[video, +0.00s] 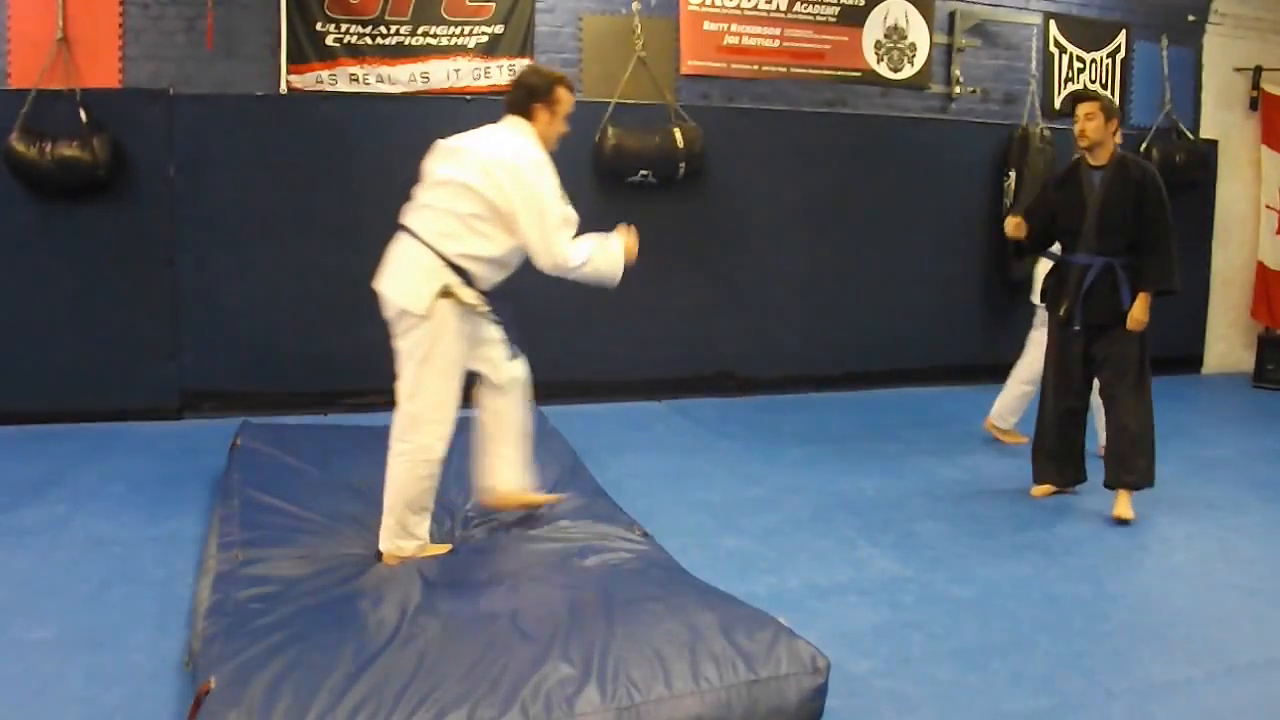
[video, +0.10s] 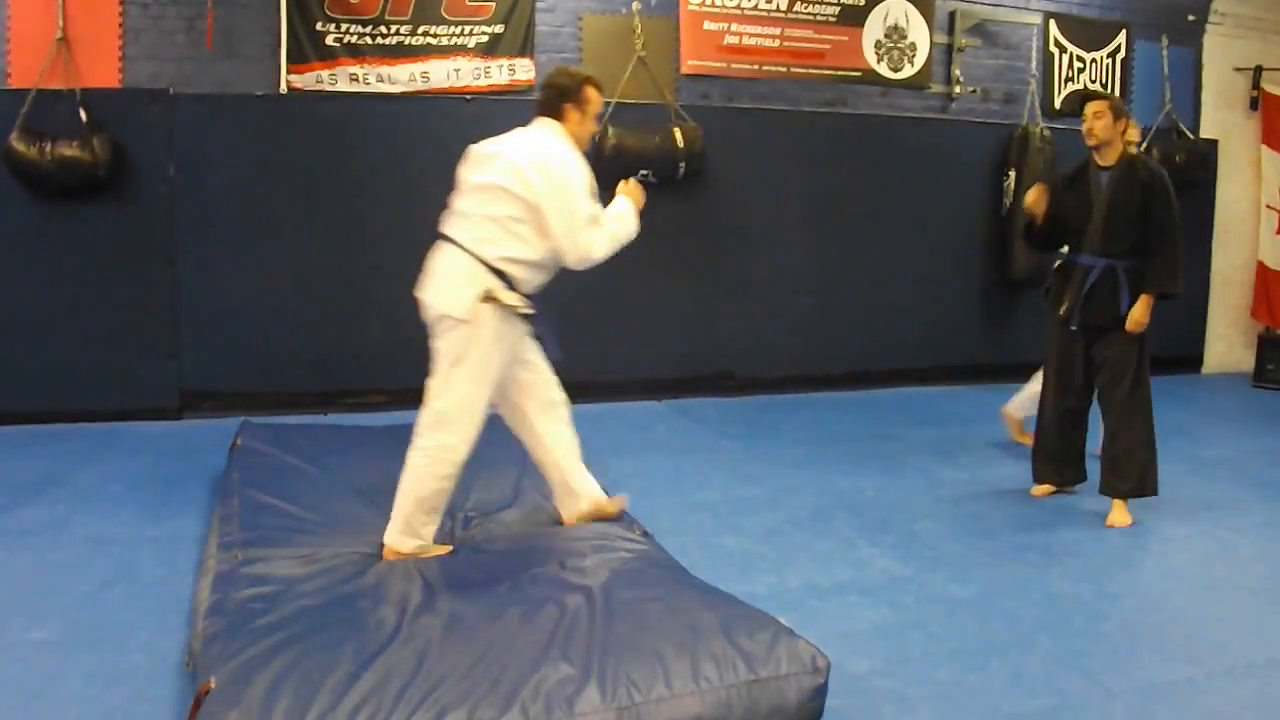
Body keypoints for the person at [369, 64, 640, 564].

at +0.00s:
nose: (566, 129)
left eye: (568, 117)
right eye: (562, 116)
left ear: (525, 110)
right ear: (538, 110)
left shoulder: (475, 140)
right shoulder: (525, 157)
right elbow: (555, 252)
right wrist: (616, 248)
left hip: (417, 276)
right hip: (430, 286)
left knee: (506, 372)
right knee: (426, 416)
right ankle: (403, 540)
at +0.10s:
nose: (597, 126)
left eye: (598, 116)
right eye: (594, 114)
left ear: (552, 109)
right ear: (571, 109)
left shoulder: (493, 147)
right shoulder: (559, 159)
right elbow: (581, 247)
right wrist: (627, 208)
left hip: (453, 283)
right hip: (477, 299)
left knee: (540, 402)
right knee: (450, 421)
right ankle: (406, 540)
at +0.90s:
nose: (824, 109)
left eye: (824, 98)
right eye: (821, 99)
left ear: (779, 95)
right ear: (802, 97)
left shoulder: (727, 142)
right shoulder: (803, 151)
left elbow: (723, 212)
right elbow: (826, 234)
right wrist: (879, 221)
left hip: (713, 278)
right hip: (757, 288)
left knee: (762, 379)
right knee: (779, 408)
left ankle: (711, 454)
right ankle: (764, 528)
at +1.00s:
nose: (835, 109)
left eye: (835, 99)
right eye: (832, 98)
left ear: (793, 95)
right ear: (814, 96)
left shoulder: (738, 141)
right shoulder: (813, 149)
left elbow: (739, 210)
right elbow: (839, 231)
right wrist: (891, 216)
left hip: (726, 278)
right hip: (771, 288)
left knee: (773, 384)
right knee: (786, 409)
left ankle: (743, 466)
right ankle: (763, 527)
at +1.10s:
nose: (849, 113)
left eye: (848, 103)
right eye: (846, 103)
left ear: (807, 100)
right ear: (827, 100)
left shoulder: (754, 147)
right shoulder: (828, 153)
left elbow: (755, 216)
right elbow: (856, 231)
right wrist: (906, 219)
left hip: (747, 281)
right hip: (789, 289)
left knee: (791, 388)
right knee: (784, 404)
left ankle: (796, 476)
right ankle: (761, 525)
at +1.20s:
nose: (861, 116)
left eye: (860, 107)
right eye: (857, 107)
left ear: (817, 107)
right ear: (835, 107)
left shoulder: (770, 154)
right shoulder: (839, 156)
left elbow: (771, 223)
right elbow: (866, 232)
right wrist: (903, 198)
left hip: (767, 280)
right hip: (806, 288)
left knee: (801, 390)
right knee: (797, 403)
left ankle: (804, 481)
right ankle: (764, 521)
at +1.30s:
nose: (871, 115)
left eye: (870, 107)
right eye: (867, 106)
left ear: (828, 107)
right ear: (846, 105)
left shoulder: (784, 153)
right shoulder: (849, 150)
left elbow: (784, 219)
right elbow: (875, 222)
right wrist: (912, 193)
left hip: (779, 277)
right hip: (817, 283)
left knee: (805, 388)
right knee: (837, 396)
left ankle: (810, 480)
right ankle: (781, 493)